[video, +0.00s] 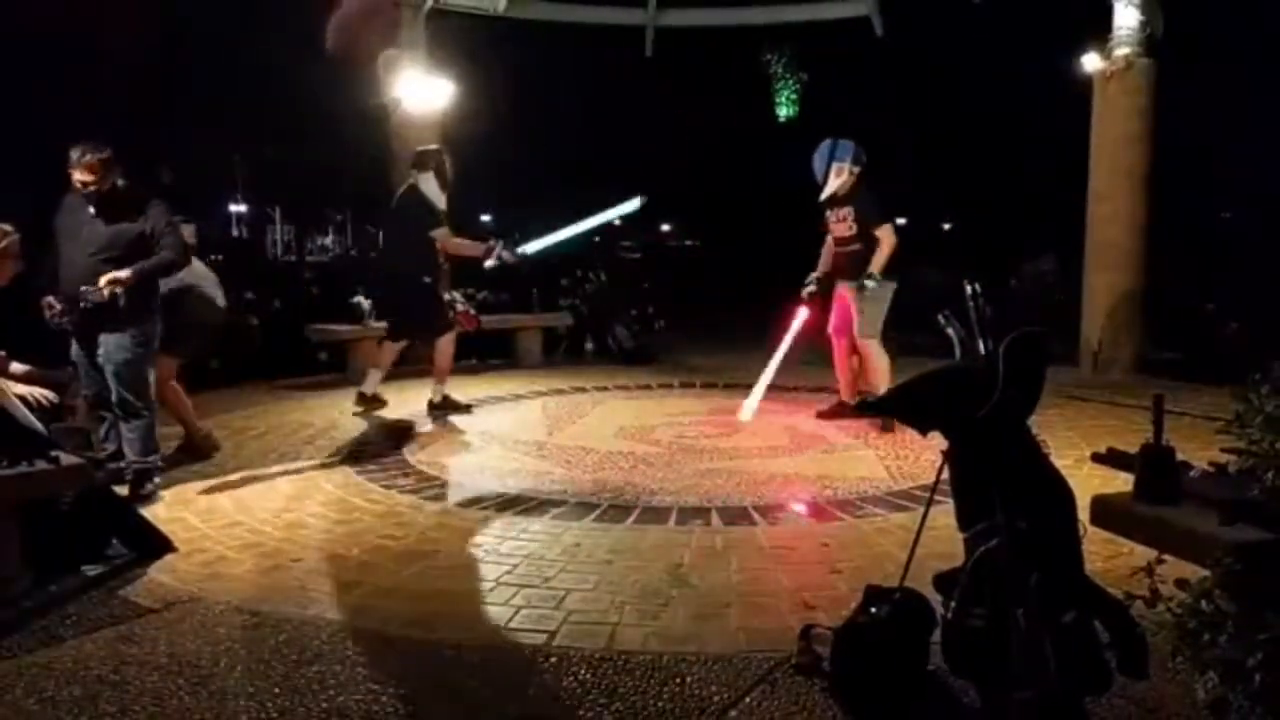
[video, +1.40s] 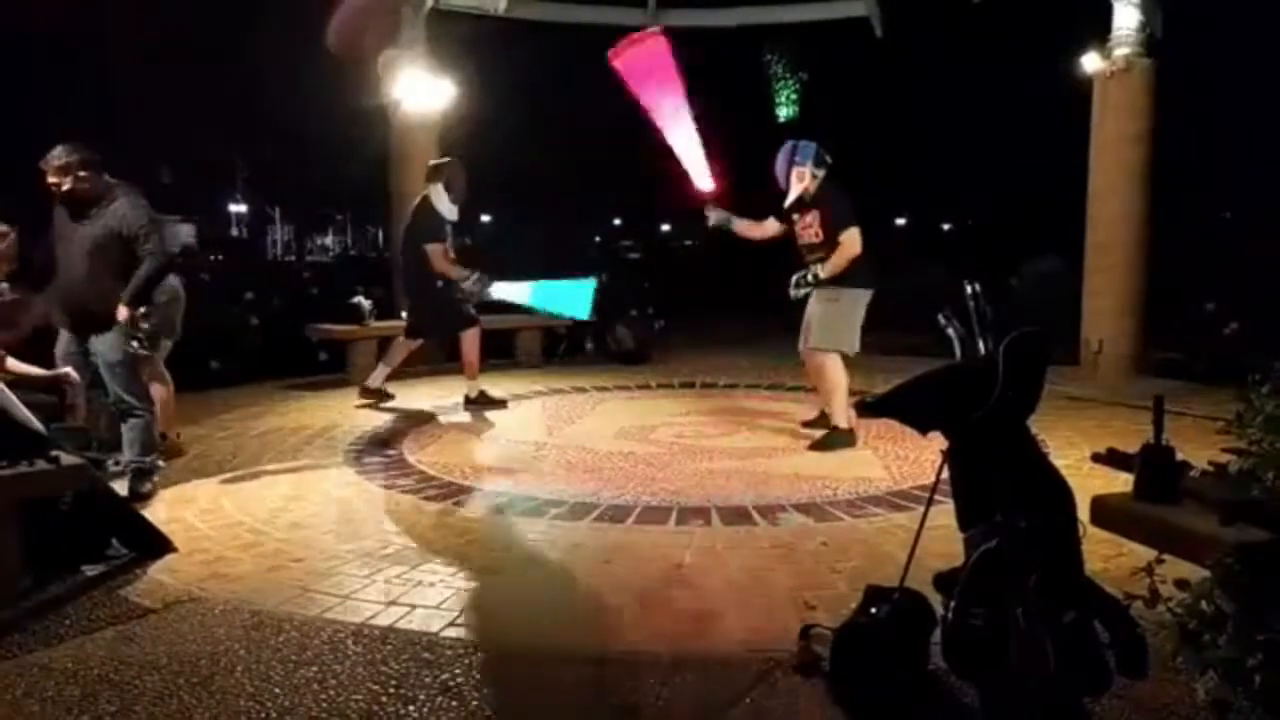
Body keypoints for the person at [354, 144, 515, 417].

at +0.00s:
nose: (450, 175)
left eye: (448, 169)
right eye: (446, 169)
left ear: (419, 168)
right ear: (435, 169)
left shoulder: (408, 195)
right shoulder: (422, 197)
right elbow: (446, 242)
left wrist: (482, 248)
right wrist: (486, 249)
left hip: (397, 277)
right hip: (415, 279)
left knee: (399, 332)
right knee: (446, 329)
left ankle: (368, 390)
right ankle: (439, 396)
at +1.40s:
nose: (463, 185)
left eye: (462, 179)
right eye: (459, 179)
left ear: (442, 181)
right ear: (446, 181)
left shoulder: (439, 207)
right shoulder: (429, 212)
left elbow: (445, 254)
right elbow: (438, 263)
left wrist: (464, 274)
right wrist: (467, 276)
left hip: (426, 285)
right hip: (428, 286)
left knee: (413, 335)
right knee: (470, 326)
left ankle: (373, 384)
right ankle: (473, 392)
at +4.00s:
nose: (424, 183)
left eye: (423, 176)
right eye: (420, 176)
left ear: (402, 177)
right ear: (409, 177)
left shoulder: (394, 202)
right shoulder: (387, 204)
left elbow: (394, 247)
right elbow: (388, 249)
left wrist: (413, 268)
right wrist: (413, 270)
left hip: (370, 274)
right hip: (375, 275)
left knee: (368, 331)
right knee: (405, 325)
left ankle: (347, 388)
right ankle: (397, 389)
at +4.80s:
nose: (413, 186)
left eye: (412, 180)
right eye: (410, 180)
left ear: (391, 179)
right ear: (399, 180)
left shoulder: (376, 201)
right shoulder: (381, 205)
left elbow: (384, 248)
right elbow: (390, 249)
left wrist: (404, 272)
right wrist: (414, 271)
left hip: (364, 276)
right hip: (371, 278)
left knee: (359, 333)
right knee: (396, 329)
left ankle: (333, 387)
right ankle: (421, 385)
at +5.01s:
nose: (404, 181)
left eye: (404, 175)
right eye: (401, 175)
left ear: (380, 175)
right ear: (390, 175)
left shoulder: (368, 198)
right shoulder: (377, 202)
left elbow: (384, 246)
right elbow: (383, 246)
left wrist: (404, 271)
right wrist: (406, 271)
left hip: (353, 270)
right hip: (365, 271)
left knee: (353, 327)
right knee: (388, 323)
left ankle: (334, 385)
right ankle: (383, 385)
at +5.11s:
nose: (401, 184)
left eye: (401, 178)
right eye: (398, 178)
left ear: (375, 180)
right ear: (387, 179)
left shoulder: (360, 202)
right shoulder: (374, 207)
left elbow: (381, 244)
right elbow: (382, 245)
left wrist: (404, 265)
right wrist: (407, 266)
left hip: (350, 272)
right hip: (364, 274)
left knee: (354, 329)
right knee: (393, 323)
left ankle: (334, 385)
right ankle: (385, 384)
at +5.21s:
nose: (398, 186)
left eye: (398, 180)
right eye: (395, 180)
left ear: (372, 181)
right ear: (386, 181)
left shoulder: (360, 201)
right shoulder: (373, 206)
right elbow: (381, 248)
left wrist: (406, 262)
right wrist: (410, 261)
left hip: (350, 274)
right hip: (364, 276)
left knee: (358, 329)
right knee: (402, 322)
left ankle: (334, 386)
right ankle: (392, 381)